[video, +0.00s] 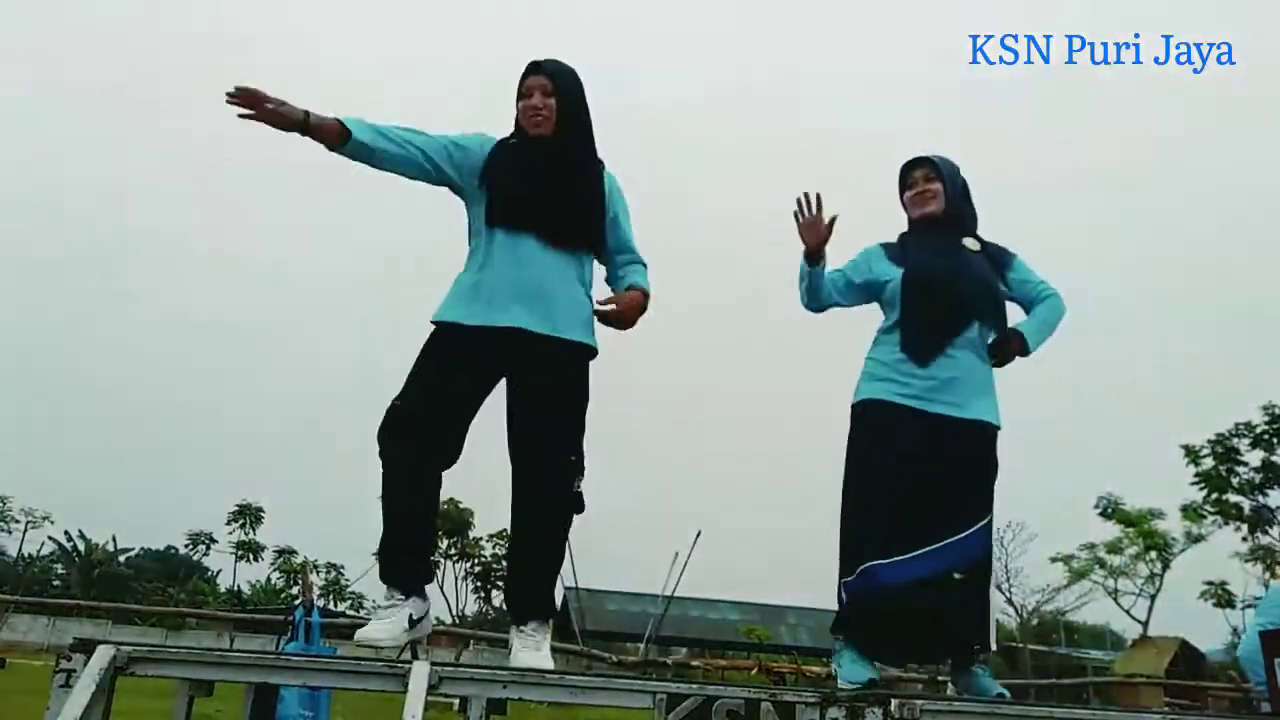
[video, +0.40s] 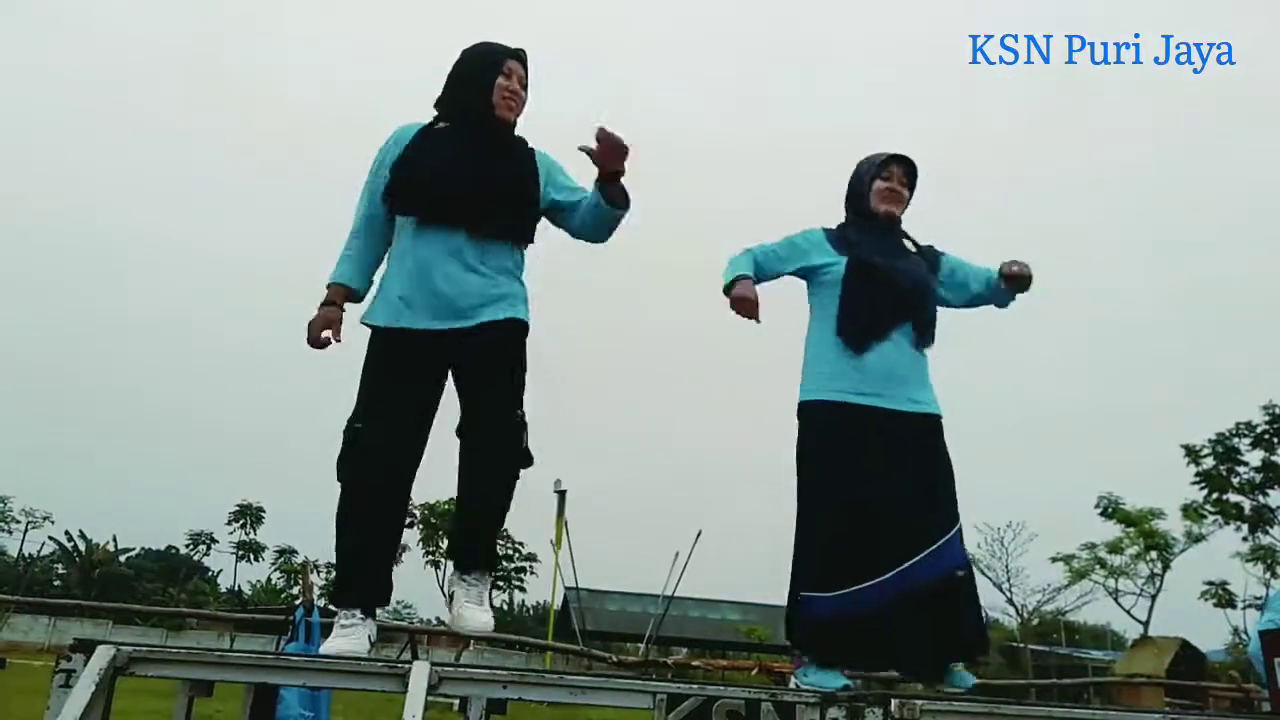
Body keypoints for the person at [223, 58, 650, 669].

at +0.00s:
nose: (534, 104)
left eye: (548, 96)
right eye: (526, 96)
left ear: (572, 108)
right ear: (515, 108)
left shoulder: (598, 182)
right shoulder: (483, 154)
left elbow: (626, 257)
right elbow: (396, 145)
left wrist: (633, 298)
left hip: (559, 333)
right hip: (473, 321)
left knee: (548, 479)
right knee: (410, 438)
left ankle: (531, 626)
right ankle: (406, 597)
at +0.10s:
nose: (532, 89)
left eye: (544, 82)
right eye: (522, 80)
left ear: (562, 97)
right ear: (507, 90)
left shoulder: (581, 173)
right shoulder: (470, 143)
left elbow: (597, 259)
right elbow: (384, 176)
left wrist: (630, 306)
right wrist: (281, 195)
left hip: (545, 329)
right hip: (460, 316)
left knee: (539, 474)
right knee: (406, 455)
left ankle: (532, 621)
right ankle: (361, 602)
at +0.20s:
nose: (527, 90)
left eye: (537, 86)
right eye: (516, 79)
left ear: (545, 103)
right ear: (490, 88)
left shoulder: (555, 174)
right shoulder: (438, 147)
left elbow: (575, 266)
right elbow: (376, 212)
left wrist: (636, 308)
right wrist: (308, 263)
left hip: (522, 337)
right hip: (432, 329)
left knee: (528, 479)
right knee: (389, 468)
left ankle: (530, 624)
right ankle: (358, 614)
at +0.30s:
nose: (520, 91)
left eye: (527, 87)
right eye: (510, 79)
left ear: (529, 103)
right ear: (477, 82)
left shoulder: (537, 170)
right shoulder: (418, 146)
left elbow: (577, 252)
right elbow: (372, 233)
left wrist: (645, 259)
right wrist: (315, 305)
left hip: (502, 335)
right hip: (411, 328)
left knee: (519, 469)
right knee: (372, 468)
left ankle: (512, 607)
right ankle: (354, 616)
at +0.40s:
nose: (515, 90)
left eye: (522, 85)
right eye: (504, 78)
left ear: (525, 99)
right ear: (471, 79)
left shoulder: (532, 163)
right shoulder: (410, 142)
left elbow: (591, 224)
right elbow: (370, 225)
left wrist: (610, 180)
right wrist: (336, 298)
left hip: (492, 318)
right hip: (406, 315)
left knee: (496, 447)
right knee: (375, 455)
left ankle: (473, 578)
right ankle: (355, 609)